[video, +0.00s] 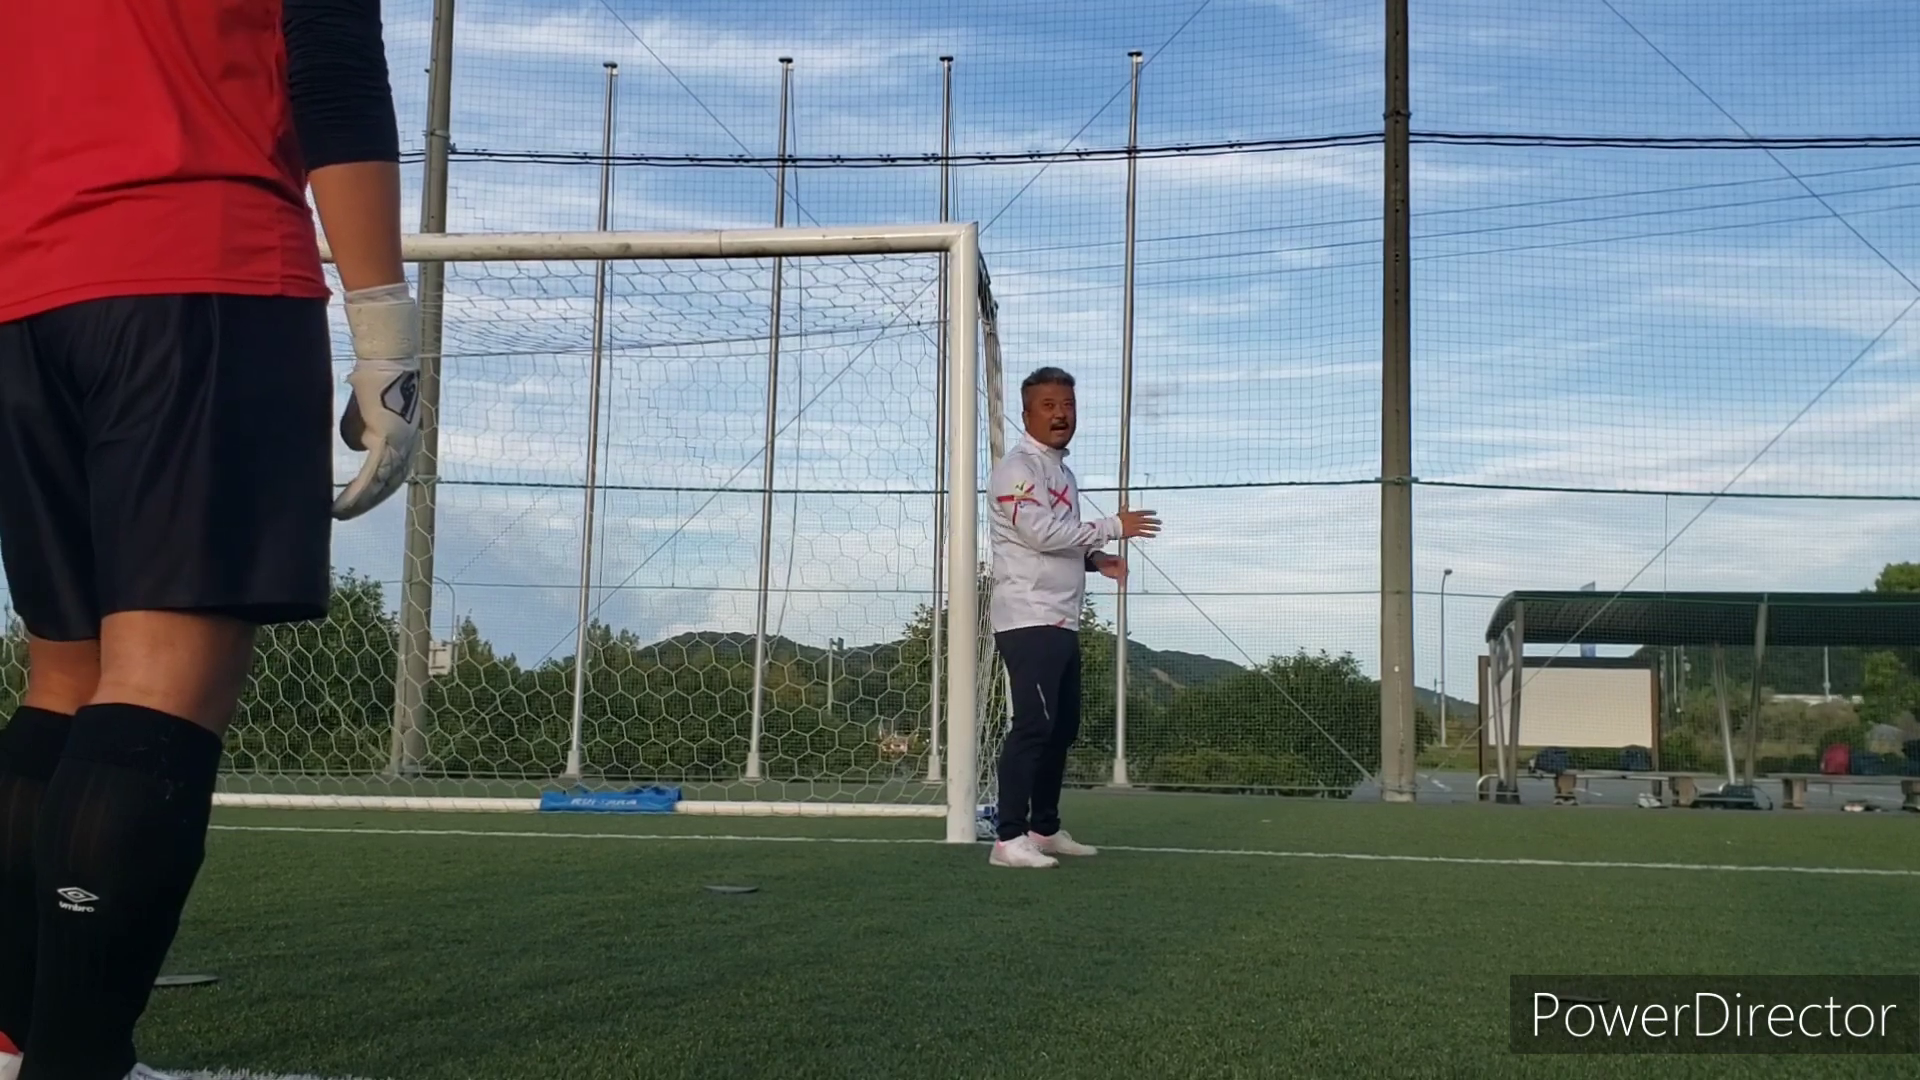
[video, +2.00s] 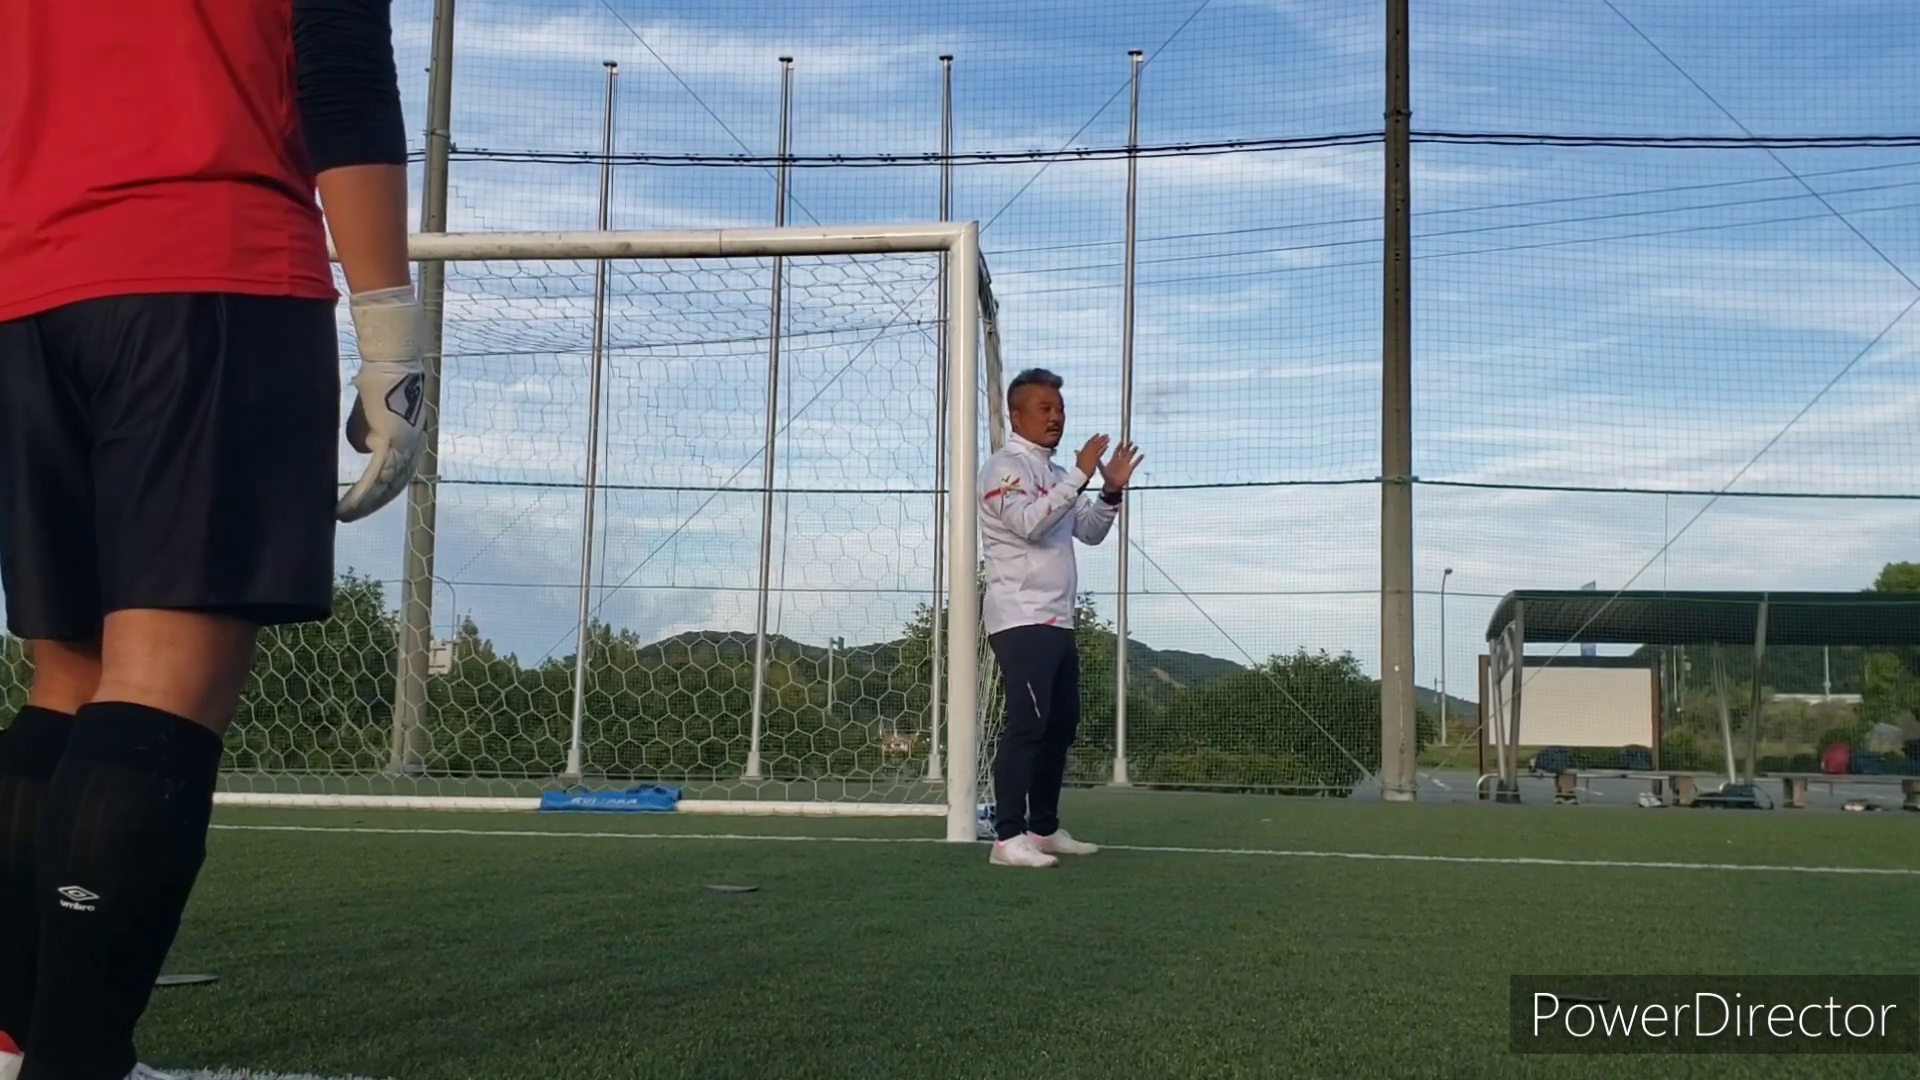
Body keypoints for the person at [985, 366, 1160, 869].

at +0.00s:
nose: (1061, 413)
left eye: (1068, 405)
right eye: (1048, 405)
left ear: (1076, 413)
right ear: (1026, 414)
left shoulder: (1063, 475)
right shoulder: (1014, 469)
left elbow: (1060, 537)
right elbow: (1040, 531)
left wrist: (1094, 560)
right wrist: (1111, 527)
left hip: (1061, 620)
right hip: (1027, 618)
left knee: (1061, 726)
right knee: (1032, 725)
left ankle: (1043, 830)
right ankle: (1009, 839)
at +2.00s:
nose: (1056, 417)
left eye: (1059, 408)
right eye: (1044, 408)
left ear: (1062, 415)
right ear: (1015, 415)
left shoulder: (1056, 473)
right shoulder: (1004, 466)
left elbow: (1089, 532)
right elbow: (1028, 521)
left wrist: (1111, 493)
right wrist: (1080, 474)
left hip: (1057, 618)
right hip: (1019, 616)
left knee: (1061, 721)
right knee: (1027, 721)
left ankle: (1042, 829)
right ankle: (1009, 838)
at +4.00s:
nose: (1100, 418)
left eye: (1098, 409)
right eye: (1092, 409)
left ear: (1069, 415)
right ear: (1062, 414)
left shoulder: (1069, 473)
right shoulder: (1034, 462)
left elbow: (1081, 542)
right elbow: (1052, 523)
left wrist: (1129, 522)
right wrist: (1120, 502)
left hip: (1062, 618)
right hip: (1033, 616)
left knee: (1063, 726)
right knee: (1038, 724)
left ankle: (1043, 830)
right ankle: (1009, 839)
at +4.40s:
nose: (1105, 422)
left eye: (1103, 413)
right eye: (1097, 413)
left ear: (1073, 417)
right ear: (1068, 415)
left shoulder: (1071, 474)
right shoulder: (1036, 463)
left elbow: (1082, 544)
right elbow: (1059, 521)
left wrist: (1130, 522)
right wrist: (1124, 501)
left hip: (1063, 619)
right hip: (1034, 617)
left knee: (1062, 727)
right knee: (1039, 724)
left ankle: (1043, 829)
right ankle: (1010, 839)